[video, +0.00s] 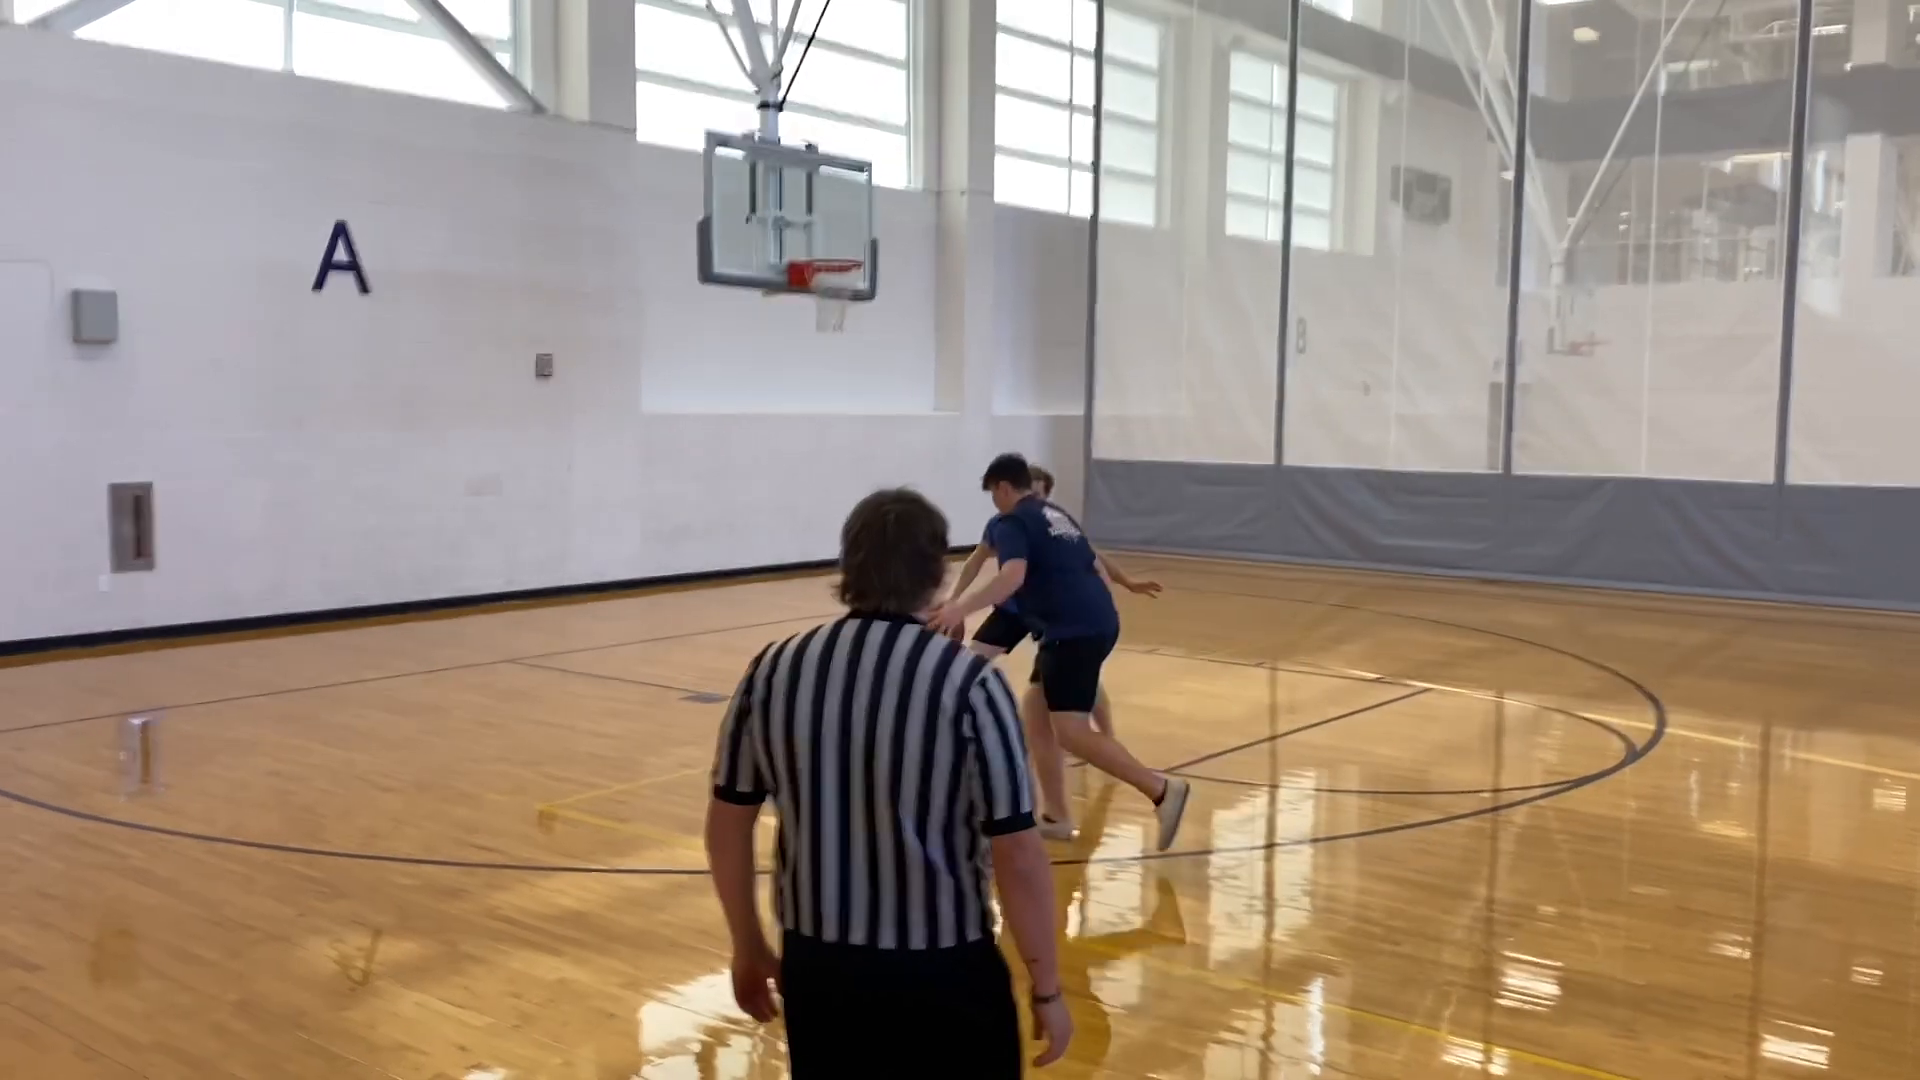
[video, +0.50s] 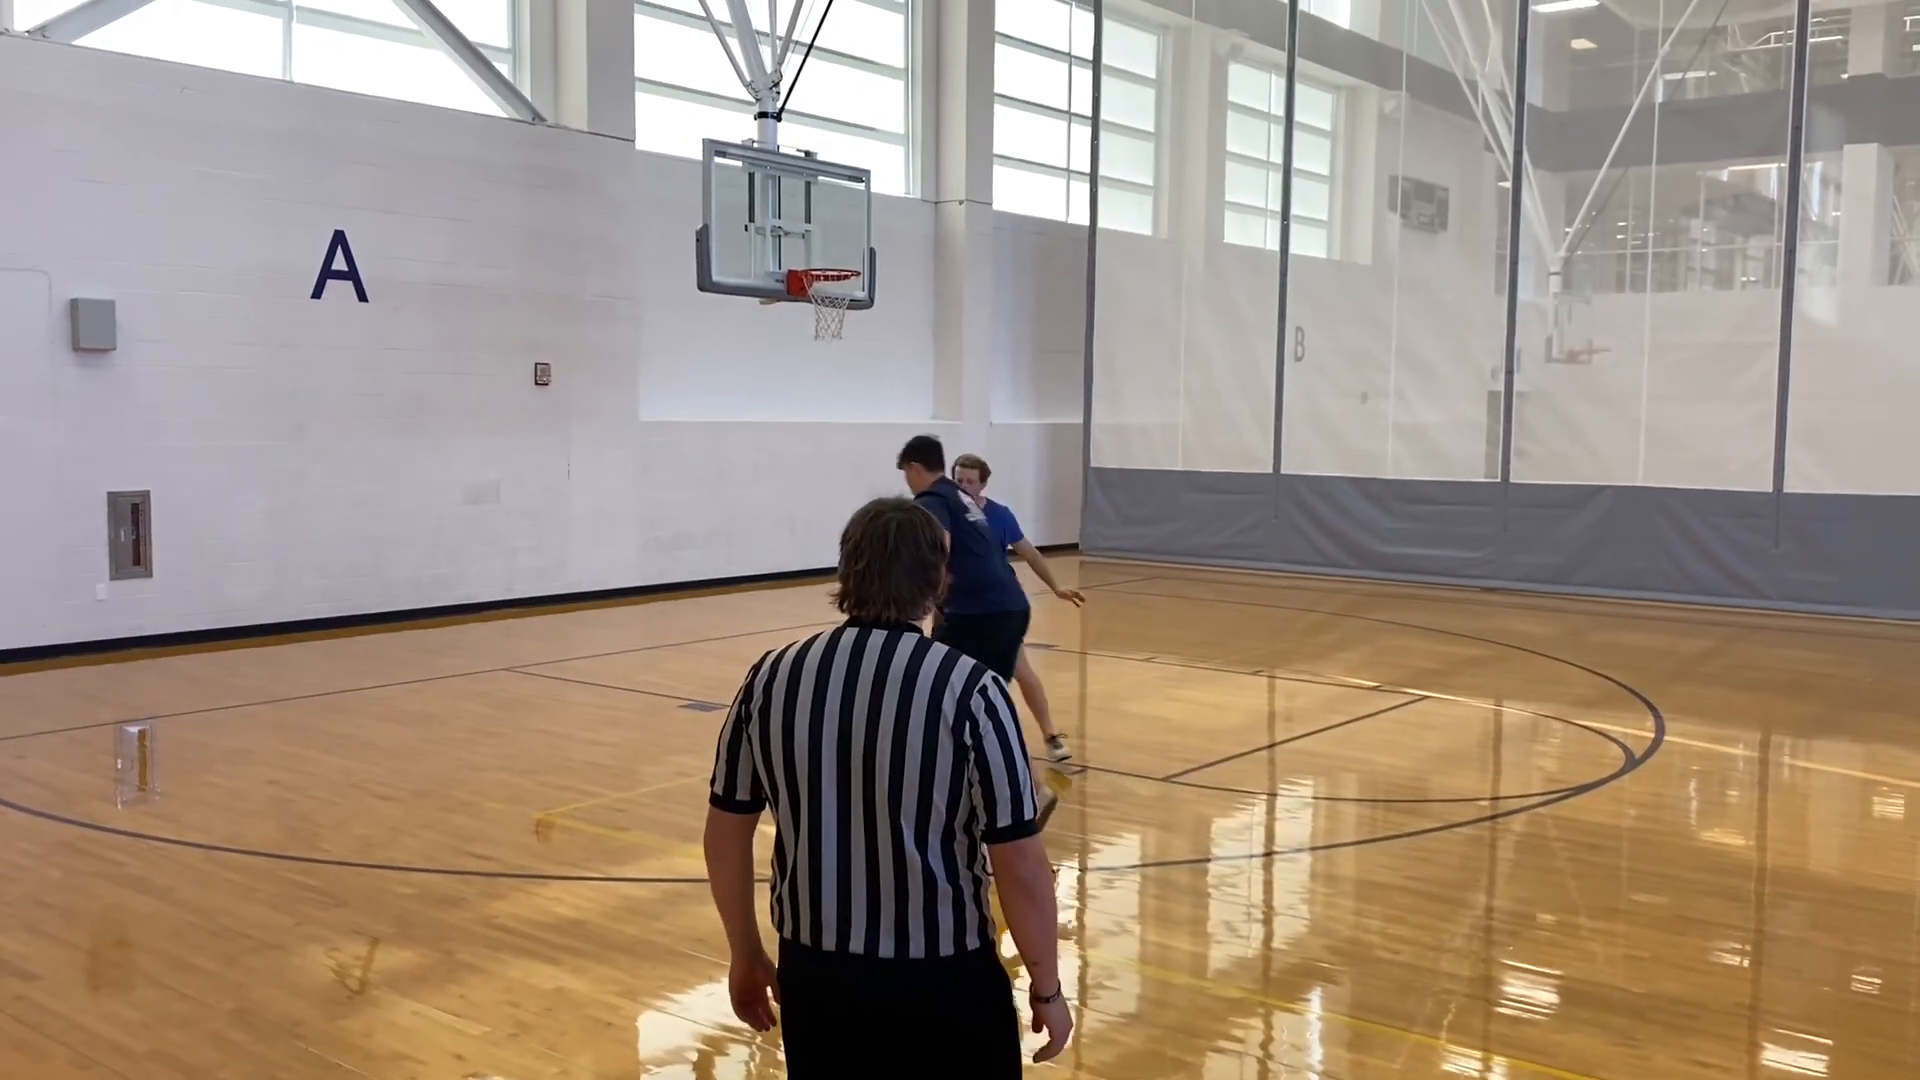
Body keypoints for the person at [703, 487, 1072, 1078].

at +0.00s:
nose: (945, 575)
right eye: (943, 562)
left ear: (849, 568)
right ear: (937, 572)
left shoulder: (775, 669)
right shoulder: (970, 684)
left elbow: (727, 823)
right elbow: (1017, 853)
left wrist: (747, 945)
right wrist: (1048, 989)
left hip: (820, 980)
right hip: (950, 982)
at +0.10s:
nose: (952, 584)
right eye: (949, 570)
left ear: (850, 572)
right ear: (937, 581)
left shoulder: (775, 668)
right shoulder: (971, 682)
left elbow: (728, 820)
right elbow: (1018, 853)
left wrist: (746, 943)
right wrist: (1049, 986)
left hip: (819, 977)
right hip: (951, 979)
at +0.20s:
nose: (951, 580)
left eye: (948, 565)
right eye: (948, 566)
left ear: (850, 566)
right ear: (937, 575)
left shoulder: (775, 669)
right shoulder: (974, 685)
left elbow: (727, 825)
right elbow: (1018, 856)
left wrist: (745, 946)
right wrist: (1049, 988)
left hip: (818, 977)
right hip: (950, 980)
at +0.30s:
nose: (951, 583)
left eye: (947, 567)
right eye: (948, 569)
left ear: (850, 568)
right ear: (935, 578)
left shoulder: (774, 673)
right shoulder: (973, 686)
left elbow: (727, 827)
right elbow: (1019, 856)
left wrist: (744, 949)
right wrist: (1048, 989)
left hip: (818, 982)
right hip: (951, 984)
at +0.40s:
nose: (946, 585)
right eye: (944, 571)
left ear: (848, 572)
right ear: (935, 579)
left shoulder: (773, 675)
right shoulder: (972, 688)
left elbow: (726, 830)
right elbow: (1019, 861)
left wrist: (744, 950)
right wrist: (1048, 989)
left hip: (817, 985)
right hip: (950, 988)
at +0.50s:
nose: (950, 582)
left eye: (945, 566)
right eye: (947, 568)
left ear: (849, 572)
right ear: (937, 578)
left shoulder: (772, 676)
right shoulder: (973, 689)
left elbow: (725, 831)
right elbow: (1020, 862)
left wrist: (744, 950)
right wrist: (1047, 988)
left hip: (816, 984)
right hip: (948, 988)